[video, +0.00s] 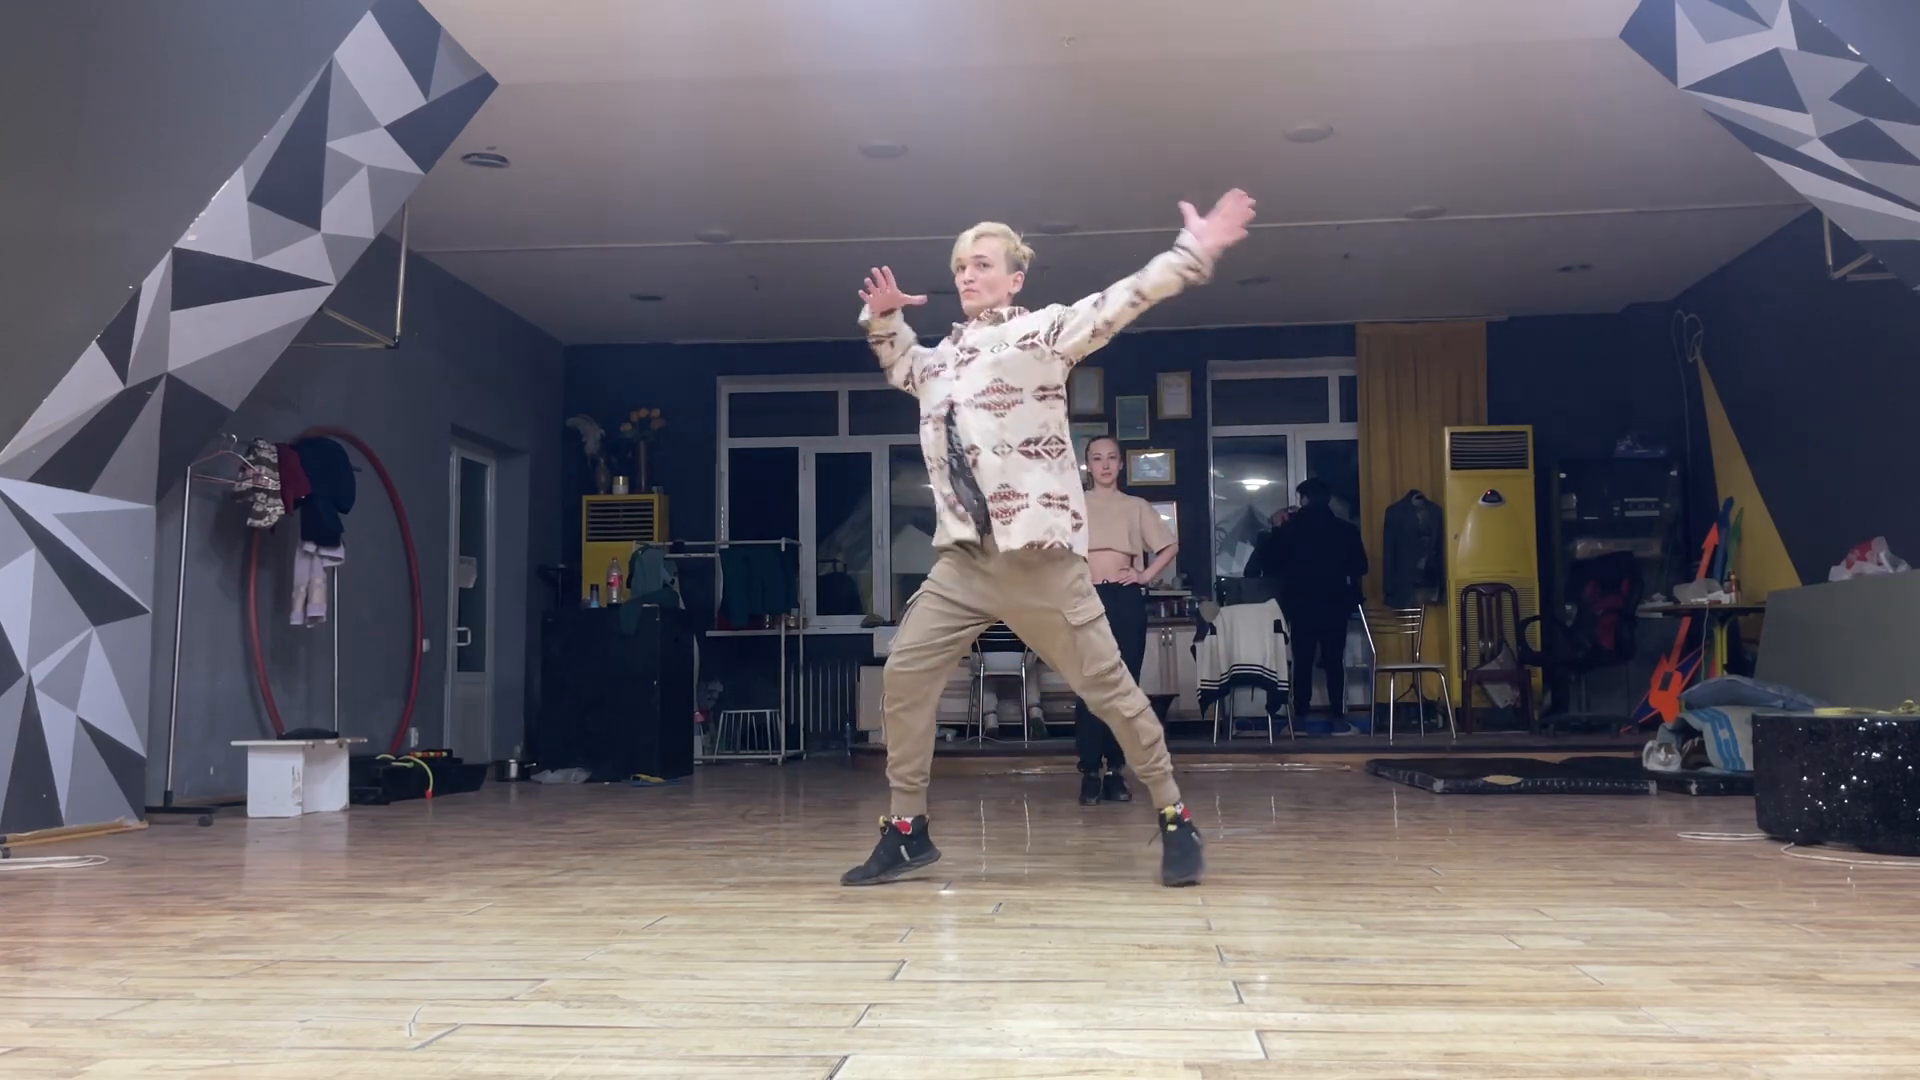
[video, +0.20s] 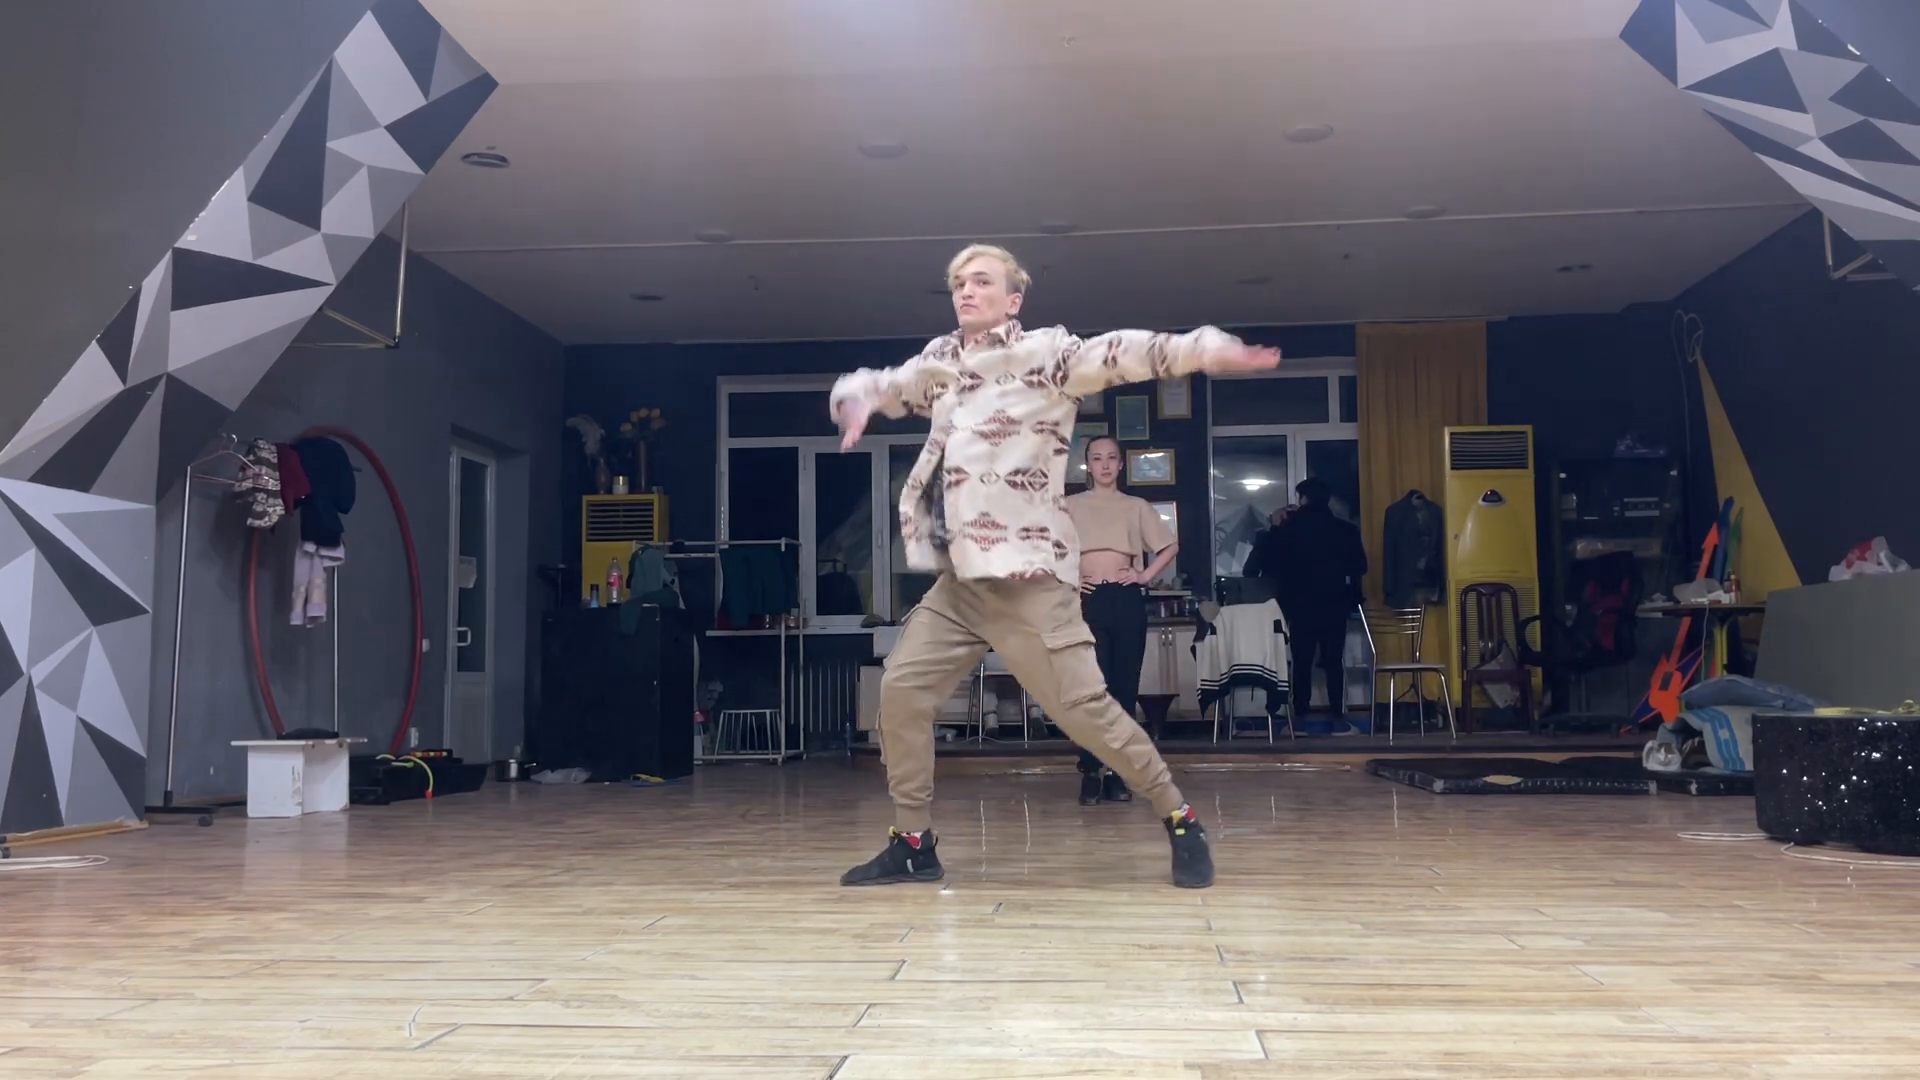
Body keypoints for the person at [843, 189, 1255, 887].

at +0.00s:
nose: (967, 276)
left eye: (982, 265)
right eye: (961, 267)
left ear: (1015, 279)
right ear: (957, 280)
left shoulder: (1041, 331)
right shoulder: (943, 353)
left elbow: (1116, 303)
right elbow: (907, 369)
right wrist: (885, 320)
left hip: (1042, 554)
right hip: (964, 556)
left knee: (1105, 684)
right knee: (905, 672)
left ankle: (1173, 819)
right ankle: (906, 828)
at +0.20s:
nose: (966, 292)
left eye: (980, 282)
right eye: (959, 284)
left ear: (1014, 298)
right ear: (952, 299)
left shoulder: (1046, 354)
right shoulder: (942, 363)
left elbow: (1121, 354)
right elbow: (893, 386)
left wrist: (1202, 351)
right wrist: (855, 392)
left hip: (1031, 581)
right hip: (959, 581)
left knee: (1083, 712)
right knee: (902, 692)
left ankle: (1182, 820)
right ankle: (912, 841)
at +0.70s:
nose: (986, 317)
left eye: (998, 304)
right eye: (977, 311)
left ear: (1027, 304)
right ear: (970, 322)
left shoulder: (1049, 339)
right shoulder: (977, 378)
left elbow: (1092, 265)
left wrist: (1135, 187)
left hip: (1060, 561)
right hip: (1011, 572)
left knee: (1141, 698)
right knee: (916, 668)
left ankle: (1266, 821)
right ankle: (926, 828)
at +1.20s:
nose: (1012, 294)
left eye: (1008, 286)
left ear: (1008, 289)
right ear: (1071, 280)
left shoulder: (971, 347)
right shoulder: (1108, 326)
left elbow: (947, 436)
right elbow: (1126, 429)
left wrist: (993, 490)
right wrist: (1101, 488)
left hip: (984, 521)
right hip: (1050, 514)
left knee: (1010, 675)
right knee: (1088, 667)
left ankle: (984, 832)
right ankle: (943, 696)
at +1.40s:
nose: (967, 354)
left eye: (962, 339)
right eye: (960, 350)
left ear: (977, 309)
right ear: (983, 323)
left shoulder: (1021, 305)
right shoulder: (1075, 358)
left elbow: (969, 243)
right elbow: (1150, 442)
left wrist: (880, 218)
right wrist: (1166, 536)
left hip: (1092, 495)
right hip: (1148, 504)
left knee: (981, 628)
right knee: (1100, 634)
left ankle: (1059, 775)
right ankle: (1170, 758)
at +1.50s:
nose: (957, 430)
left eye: (951, 415)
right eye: (947, 425)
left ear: (968, 379)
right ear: (965, 400)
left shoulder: (1022, 348)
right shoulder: (1019, 437)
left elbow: (1021, 252)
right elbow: (1070, 501)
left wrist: (1027, 156)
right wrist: (1049, 547)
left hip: (1132, 529)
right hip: (1125, 542)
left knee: (1051, 674)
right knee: (1104, 675)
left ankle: (1145, 839)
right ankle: (1139, 824)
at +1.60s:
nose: (956, 522)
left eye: (951, 505)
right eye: (945, 516)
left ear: (974, 469)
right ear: (954, 501)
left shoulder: (1028, 431)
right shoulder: (1001, 545)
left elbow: (1034, 332)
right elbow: (1054, 602)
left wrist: (1043, 230)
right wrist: (1045, 644)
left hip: (1170, 582)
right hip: (1111, 603)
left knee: (1098, 711)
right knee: (1065, 702)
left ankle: (1201, 864)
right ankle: (1146, 836)